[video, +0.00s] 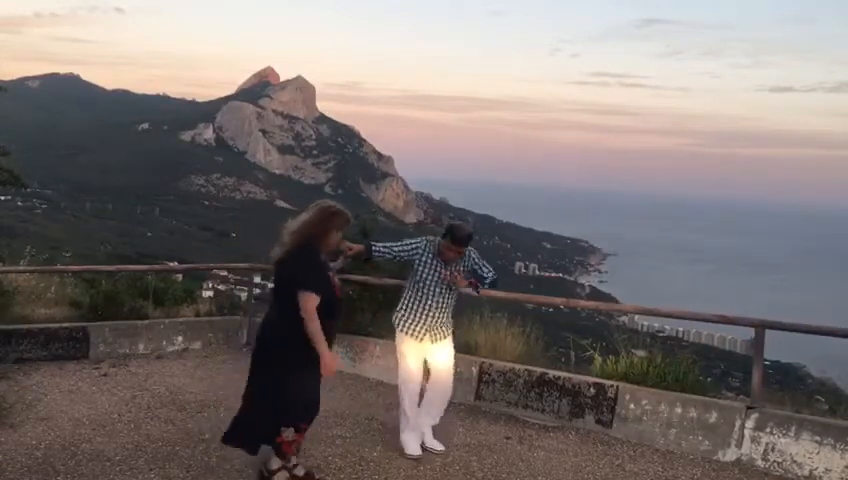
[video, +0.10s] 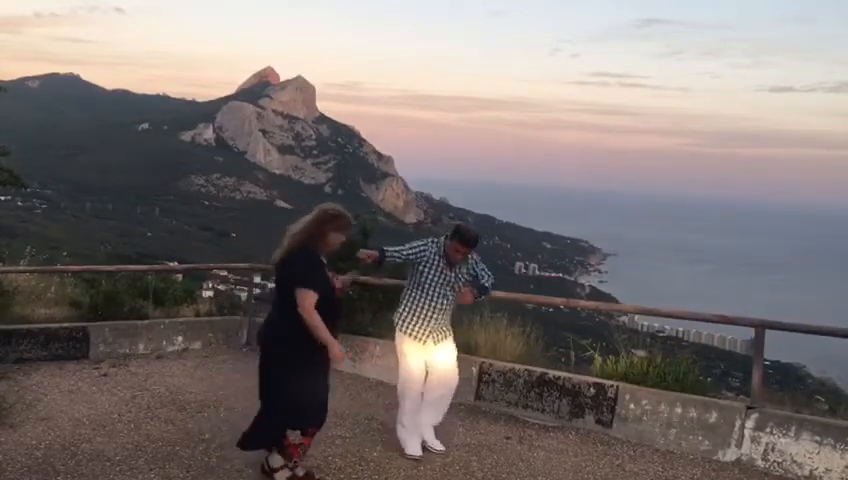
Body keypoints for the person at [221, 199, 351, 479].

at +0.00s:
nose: (340, 239)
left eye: (341, 233)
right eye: (338, 233)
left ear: (314, 225)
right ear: (326, 231)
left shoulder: (296, 254)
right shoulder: (310, 262)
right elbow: (308, 313)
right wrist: (325, 353)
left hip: (280, 339)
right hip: (297, 344)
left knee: (287, 399)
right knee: (304, 404)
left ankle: (279, 457)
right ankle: (283, 461)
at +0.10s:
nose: (341, 241)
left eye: (343, 236)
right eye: (339, 235)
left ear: (321, 230)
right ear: (325, 230)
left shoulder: (298, 254)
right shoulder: (309, 260)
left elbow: (300, 293)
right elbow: (306, 308)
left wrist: (332, 284)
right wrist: (330, 342)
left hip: (284, 340)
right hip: (301, 344)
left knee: (286, 400)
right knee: (313, 408)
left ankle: (277, 457)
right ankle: (286, 464)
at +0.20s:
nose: (344, 239)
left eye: (347, 234)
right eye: (343, 233)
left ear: (323, 228)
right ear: (328, 228)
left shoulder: (306, 254)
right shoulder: (309, 256)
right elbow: (305, 298)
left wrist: (339, 297)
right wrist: (338, 319)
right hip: (301, 343)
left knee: (279, 400)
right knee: (311, 401)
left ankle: (284, 463)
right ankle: (295, 462)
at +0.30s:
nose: (347, 238)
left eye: (349, 233)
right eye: (346, 231)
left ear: (330, 228)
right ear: (331, 226)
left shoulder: (322, 257)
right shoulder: (303, 250)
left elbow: (316, 295)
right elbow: (303, 289)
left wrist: (337, 318)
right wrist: (344, 296)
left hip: (311, 345)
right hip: (287, 345)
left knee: (308, 406)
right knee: (290, 407)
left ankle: (298, 465)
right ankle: (287, 468)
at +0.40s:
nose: (349, 239)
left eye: (350, 234)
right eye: (346, 232)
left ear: (330, 229)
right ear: (329, 226)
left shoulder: (324, 258)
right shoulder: (302, 248)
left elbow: (320, 300)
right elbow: (299, 283)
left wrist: (342, 323)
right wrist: (342, 278)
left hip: (311, 346)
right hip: (286, 346)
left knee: (305, 406)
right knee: (287, 406)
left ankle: (295, 462)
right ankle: (282, 465)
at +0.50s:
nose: (346, 242)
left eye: (348, 237)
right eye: (343, 235)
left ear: (330, 234)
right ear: (326, 230)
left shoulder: (329, 266)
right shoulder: (298, 253)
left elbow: (335, 309)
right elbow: (294, 284)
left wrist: (358, 335)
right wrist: (332, 274)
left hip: (316, 352)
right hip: (283, 350)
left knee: (322, 412)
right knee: (290, 412)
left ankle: (295, 460)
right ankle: (285, 468)